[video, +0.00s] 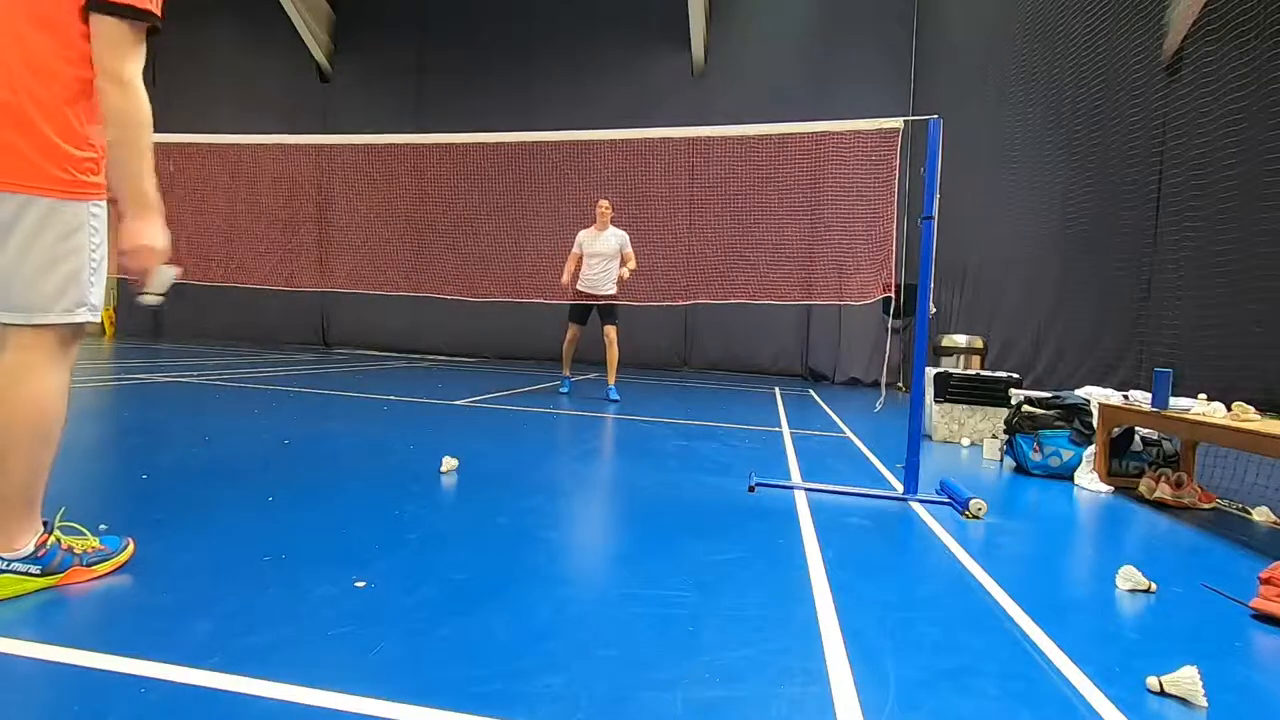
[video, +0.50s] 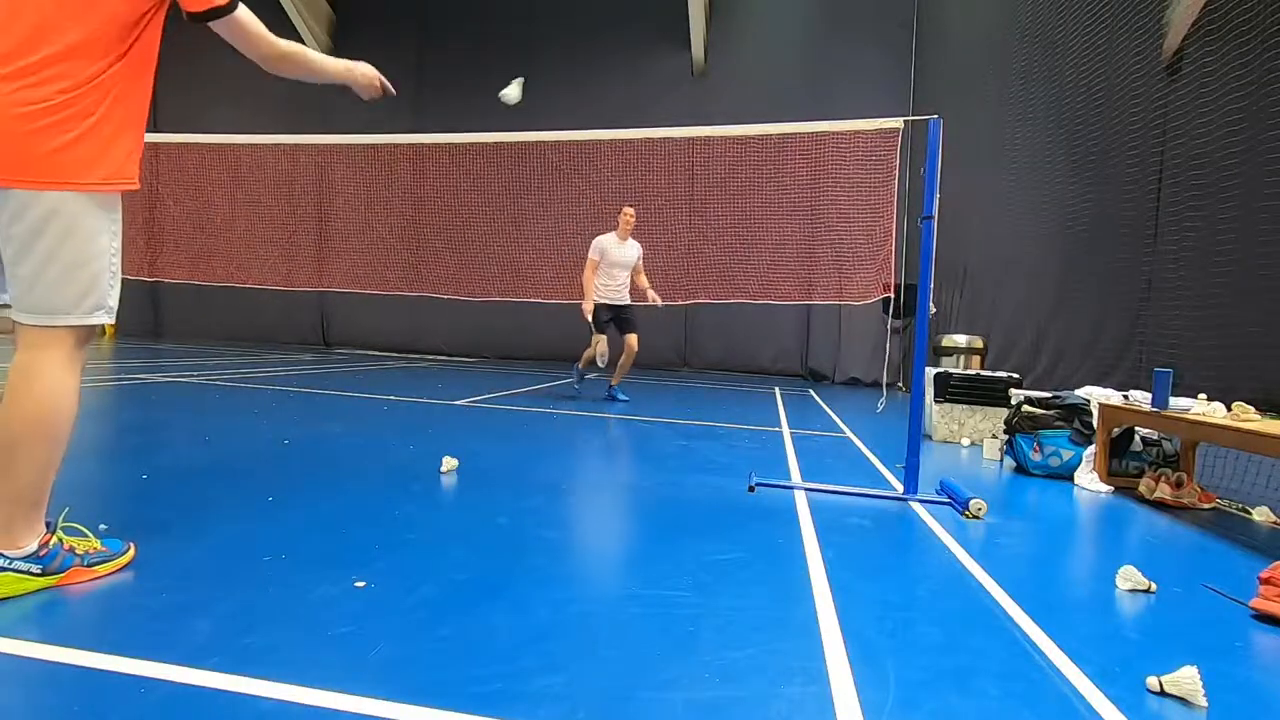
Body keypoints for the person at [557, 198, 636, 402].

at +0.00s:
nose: (603, 211)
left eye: (606, 208)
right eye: (600, 207)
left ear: (612, 213)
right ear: (595, 211)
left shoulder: (621, 236)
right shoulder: (583, 235)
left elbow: (631, 262)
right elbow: (572, 259)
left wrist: (626, 268)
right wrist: (567, 274)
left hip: (607, 293)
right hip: (583, 292)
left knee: (610, 337)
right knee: (572, 335)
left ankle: (611, 385)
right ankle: (565, 376)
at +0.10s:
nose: (604, 214)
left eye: (608, 211)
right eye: (602, 210)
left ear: (613, 216)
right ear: (596, 213)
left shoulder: (621, 239)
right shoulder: (582, 237)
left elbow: (629, 265)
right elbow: (571, 261)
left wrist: (627, 277)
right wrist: (566, 281)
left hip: (608, 296)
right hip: (583, 294)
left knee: (614, 338)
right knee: (572, 337)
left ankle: (611, 385)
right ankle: (565, 376)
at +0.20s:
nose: (605, 223)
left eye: (608, 220)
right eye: (602, 219)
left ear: (613, 225)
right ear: (596, 222)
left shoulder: (620, 249)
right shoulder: (582, 246)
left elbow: (627, 273)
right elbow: (568, 271)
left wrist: (629, 291)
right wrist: (565, 296)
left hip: (609, 305)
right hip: (583, 304)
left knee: (620, 341)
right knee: (573, 342)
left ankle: (611, 385)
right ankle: (566, 380)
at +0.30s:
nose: (611, 225)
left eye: (614, 222)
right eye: (608, 222)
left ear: (618, 227)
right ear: (601, 225)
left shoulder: (624, 252)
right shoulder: (586, 249)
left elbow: (627, 277)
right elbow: (572, 276)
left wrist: (631, 296)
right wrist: (569, 300)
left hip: (612, 308)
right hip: (587, 307)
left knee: (626, 344)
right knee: (573, 347)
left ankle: (613, 386)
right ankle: (566, 380)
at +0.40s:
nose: (621, 221)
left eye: (624, 218)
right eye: (618, 216)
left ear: (627, 222)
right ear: (610, 219)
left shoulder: (631, 247)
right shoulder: (593, 243)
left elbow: (631, 273)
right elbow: (581, 271)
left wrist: (635, 291)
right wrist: (579, 299)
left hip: (619, 304)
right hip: (595, 304)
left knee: (629, 346)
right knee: (582, 349)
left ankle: (613, 386)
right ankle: (570, 375)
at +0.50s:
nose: (629, 219)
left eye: (632, 216)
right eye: (625, 215)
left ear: (635, 221)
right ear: (618, 218)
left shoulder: (636, 248)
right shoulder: (601, 242)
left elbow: (639, 274)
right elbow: (588, 272)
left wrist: (648, 289)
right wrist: (588, 300)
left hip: (623, 303)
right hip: (600, 301)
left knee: (632, 347)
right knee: (598, 348)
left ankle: (613, 386)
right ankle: (580, 368)